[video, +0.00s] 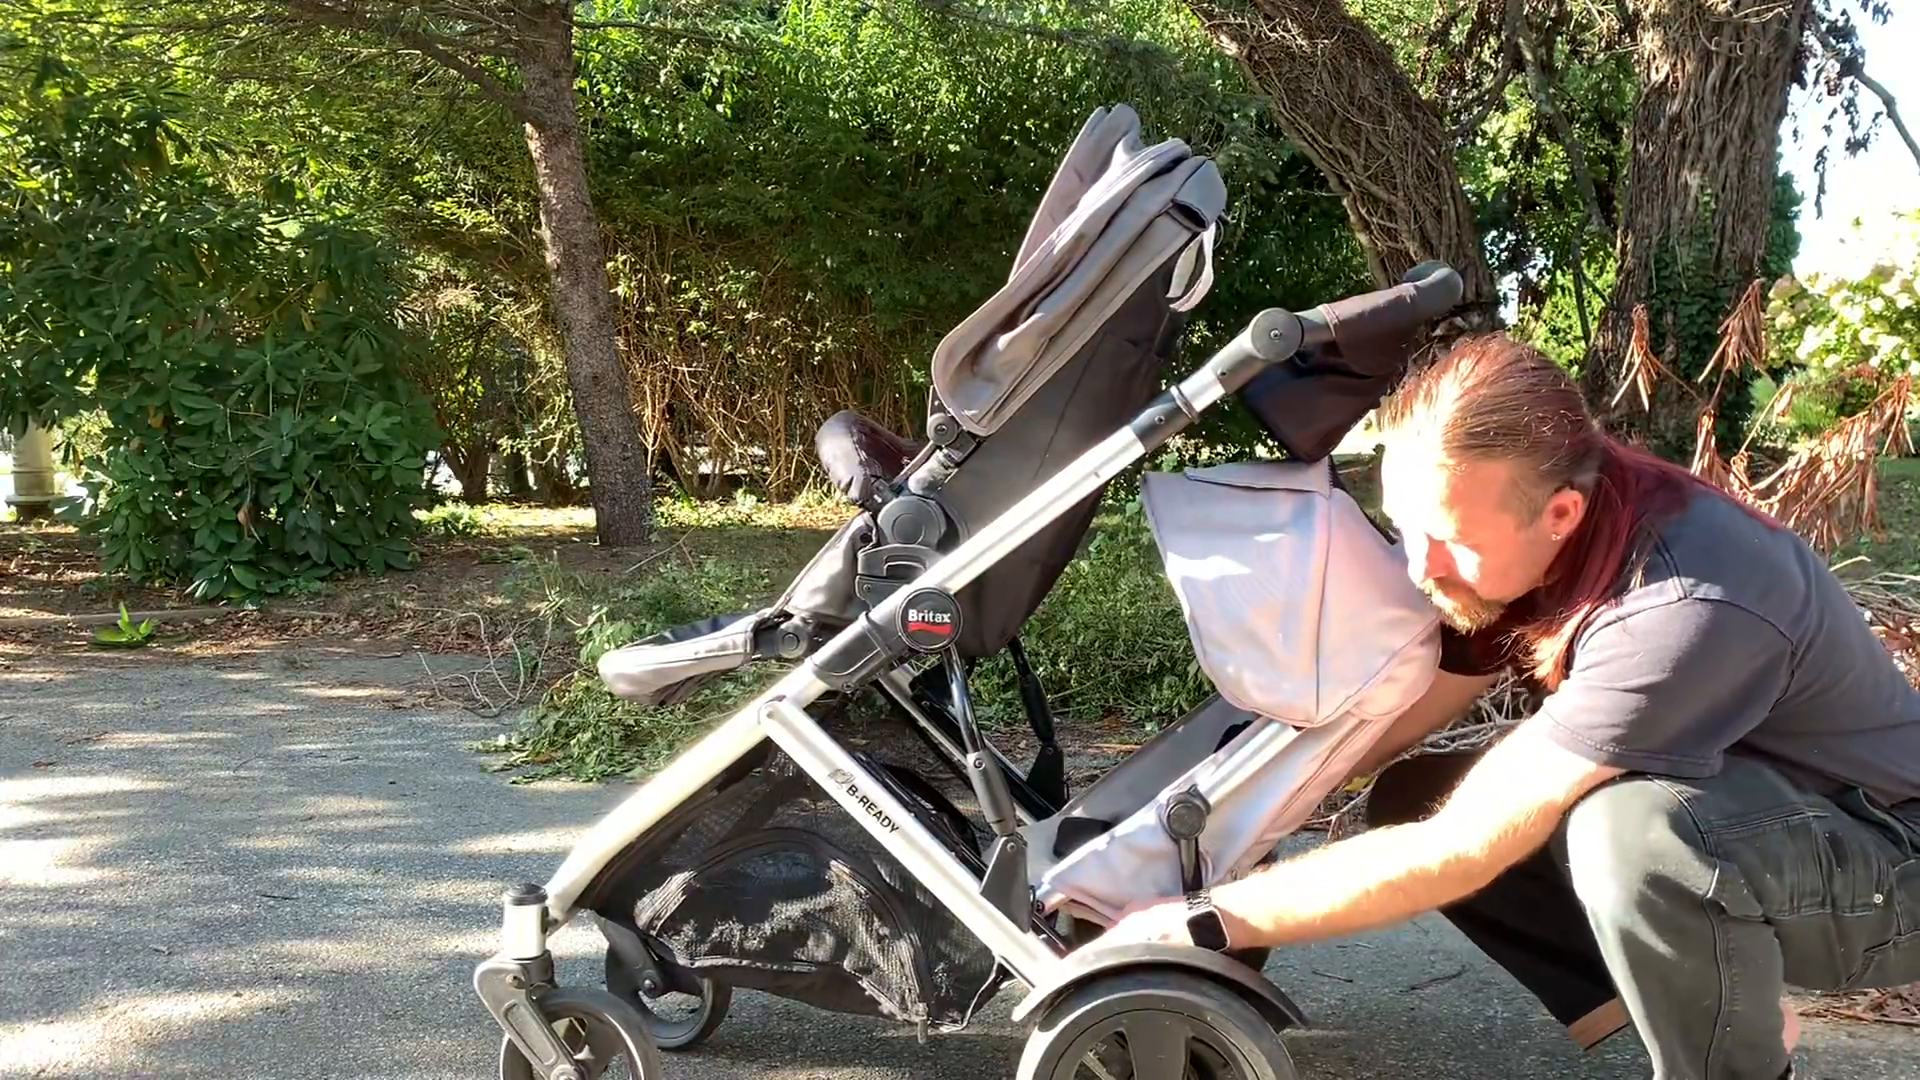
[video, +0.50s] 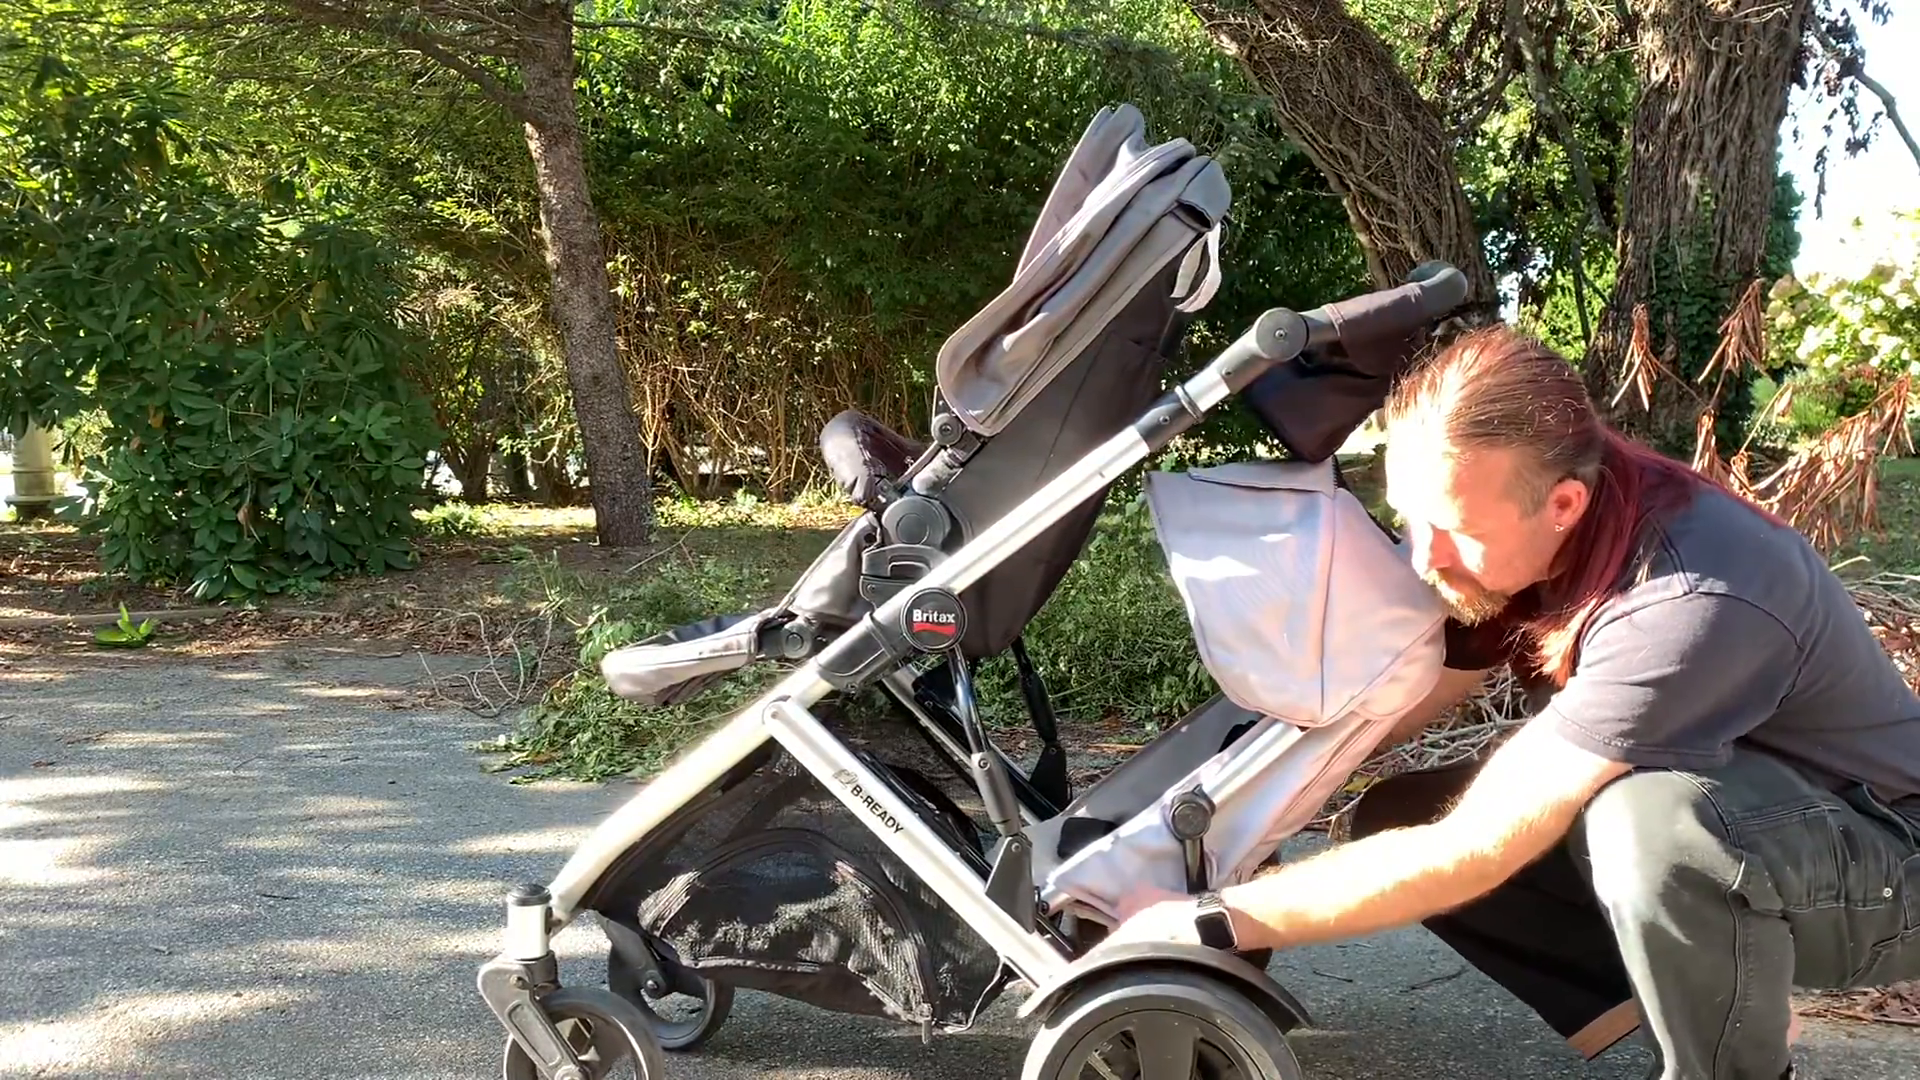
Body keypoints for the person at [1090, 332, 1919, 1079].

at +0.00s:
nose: (1422, 564)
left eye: (1453, 537)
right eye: (1409, 532)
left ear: (1563, 518)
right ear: (1397, 492)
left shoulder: (1687, 608)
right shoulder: (1533, 539)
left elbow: (1462, 852)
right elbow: (1373, 722)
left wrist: (1200, 924)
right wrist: (1181, 842)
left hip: (1881, 843)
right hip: (1718, 781)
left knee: (1631, 833)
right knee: (1413, 798)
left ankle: (1728, 1062)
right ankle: (1646, 1021)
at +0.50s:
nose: (1427, 556)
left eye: (1457, 531)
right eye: (1413, 525)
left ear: (1565, 511)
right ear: (1401, 482)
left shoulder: (1694, 599)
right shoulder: (1536, 542)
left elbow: (1475, 855)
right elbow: (1368, 703)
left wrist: (1216, 923)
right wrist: (1185, 829)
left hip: (1880, 846)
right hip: (1710, 797)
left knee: (1648, 825)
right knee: (1405, 820)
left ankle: (1727, 1060)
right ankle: (1646, 1017)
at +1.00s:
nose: (1435, 519)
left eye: (1465, 493)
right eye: (1425, 484)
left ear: (1576, 478)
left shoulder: (1704, 584)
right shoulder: (1547, 526)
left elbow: (1546, 867)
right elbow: (1417, 680)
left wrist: (1289, 919)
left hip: (1881, 845)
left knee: (1666, 827)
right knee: (1392, 833)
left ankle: (1722, 1060)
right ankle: (1649, 1038)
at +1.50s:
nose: (1482, 496)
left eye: (1517, 475)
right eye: (1477, 460)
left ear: (1631, 470)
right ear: (1473, 427)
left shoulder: (1747, 607)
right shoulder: (1556, 508)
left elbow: (1572, 843)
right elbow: (1450, 677)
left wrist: (1321, 842)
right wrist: (1260, 704)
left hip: (1878, 862)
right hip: (1688, 799)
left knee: (1659, 827)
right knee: (1387, 831)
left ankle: (1717, 1066)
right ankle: (1654, 1029)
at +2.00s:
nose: (1488, 505)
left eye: (1521, 485)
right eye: (1485, 471)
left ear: (1639, 483)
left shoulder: (1751, 627)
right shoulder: (1615, 515)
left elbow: (1560, 849)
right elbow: (1522, 664)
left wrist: (1322, 824)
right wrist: (1312, 624)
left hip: (1894, 874)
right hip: (1748, 804)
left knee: (1650, 836)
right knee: (1409, 808)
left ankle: (1725, 1070)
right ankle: (1667, 1025)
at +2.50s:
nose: (1461, 516)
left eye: (1490, 498)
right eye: (1459, 484)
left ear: (1605, 494)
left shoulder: (1722, 622)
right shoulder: (1585, 523)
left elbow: (1514, 864)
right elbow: (1512, 691)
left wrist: (1271, 833)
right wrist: (1313, 654)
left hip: (1896, 874)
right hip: (1792, 806)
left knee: (1635, 838)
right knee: (1454, 783)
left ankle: (1747, 1059)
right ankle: (1677, 1033)